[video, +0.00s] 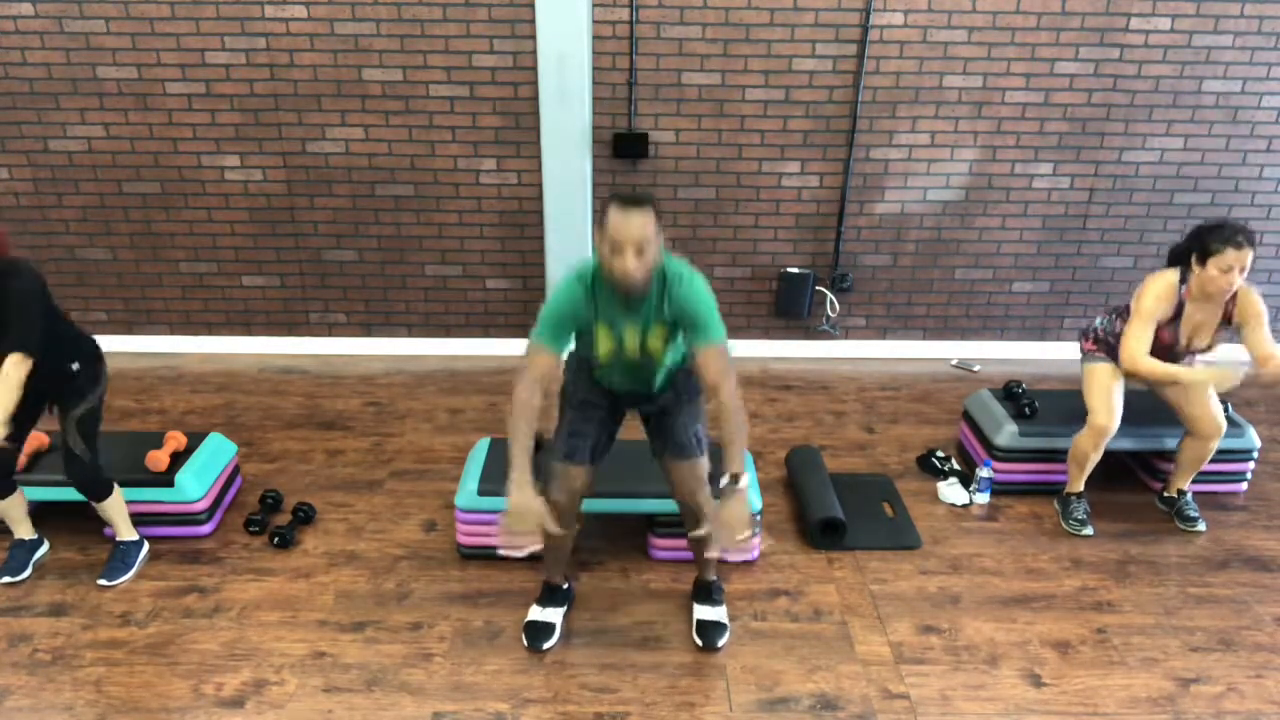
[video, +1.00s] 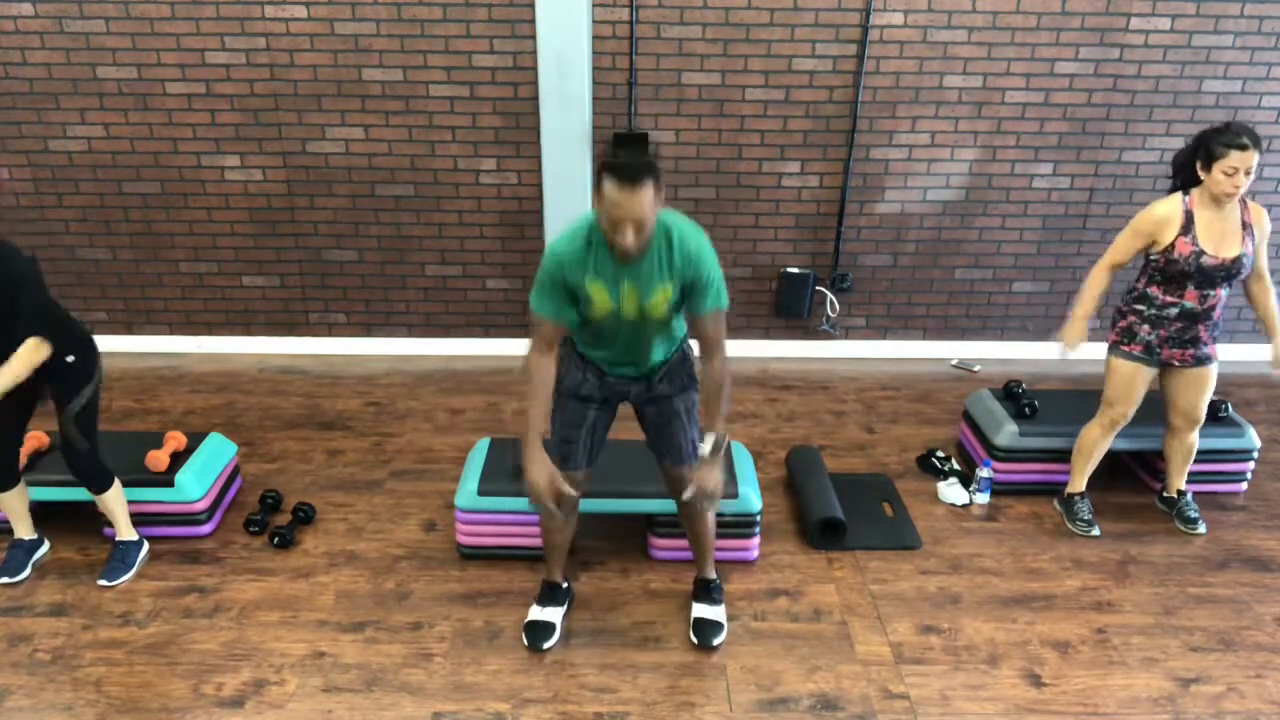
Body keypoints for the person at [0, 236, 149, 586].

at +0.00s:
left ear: (4, 245)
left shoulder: (18, 279)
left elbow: (18, 360)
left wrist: (3, 426)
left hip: (76, 367)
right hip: (31, 372)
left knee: (80, 467)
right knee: (2, 465)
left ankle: (130, 540)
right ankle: (26, 539)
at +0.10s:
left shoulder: (16, 253)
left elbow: (36, 332)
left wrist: (41, 410)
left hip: (61, 357)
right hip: (11, 365)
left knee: (78, 456)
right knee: (1, 458)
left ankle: (129, 539)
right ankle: (26, 538)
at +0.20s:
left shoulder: (23, 238)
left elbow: (57, 316)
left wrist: (82, 388)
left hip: (43, 363)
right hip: (5, 373)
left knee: (78, 450)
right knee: (5, 459)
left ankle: (129, 539)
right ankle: (26, 538)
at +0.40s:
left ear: (5, 199)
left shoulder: (31, 236)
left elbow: (81, 291)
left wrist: (116, 344)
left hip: (40, 366)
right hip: (1, 375)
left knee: (80, 452)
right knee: (7, 461)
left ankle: (129, 539)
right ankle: (26, 539)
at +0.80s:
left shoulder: (21, 236)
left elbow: (63, 311)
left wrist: (83, 383)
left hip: (42, 363)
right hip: (2, 374)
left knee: (78, 450)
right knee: (6, 459)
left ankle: (129, 538)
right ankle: (26, 538)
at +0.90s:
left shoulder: (15, 242)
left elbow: (53, 320)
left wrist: (39, 392)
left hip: (56, 355)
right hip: (8, 364)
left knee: (76, 449)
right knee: (4, 456)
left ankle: (128, 538)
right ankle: (25, 538)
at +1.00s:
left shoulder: (14, 265)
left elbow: (40, 344)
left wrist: (2, 384)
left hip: (68, 356)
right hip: (17, 364)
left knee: (79, 453)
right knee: (2, 453)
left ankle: (129, 539)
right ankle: (26, 538)